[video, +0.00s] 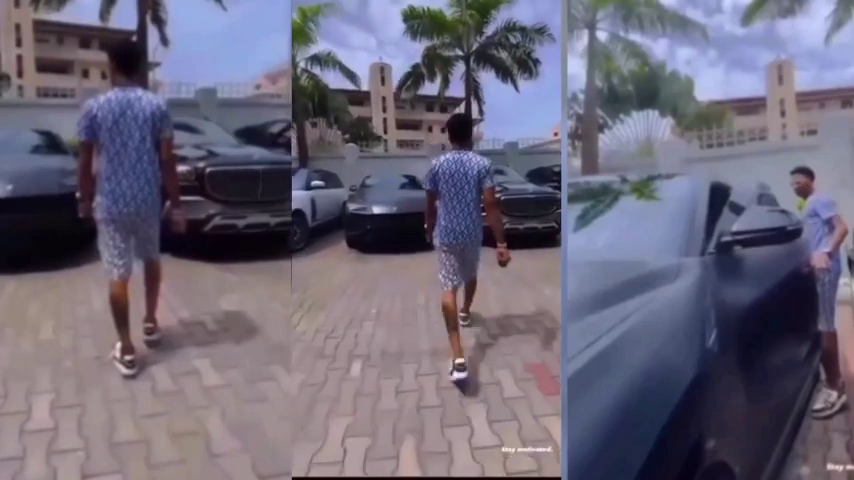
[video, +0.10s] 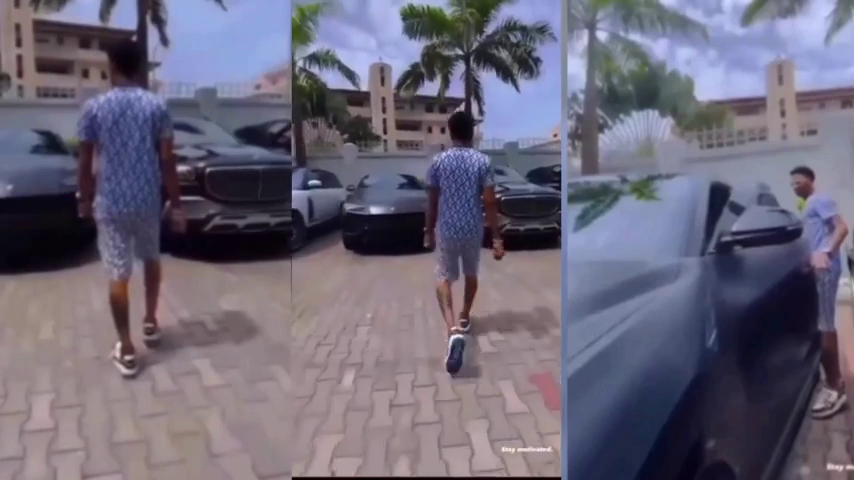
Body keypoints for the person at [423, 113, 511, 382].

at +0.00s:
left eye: (451, 132)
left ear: (449, 135)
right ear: (471, 135)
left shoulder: (438, 165)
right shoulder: (481, 164)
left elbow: (431, 203)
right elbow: (489, 204)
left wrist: (430, 228)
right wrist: (500, 243)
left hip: (444, 234)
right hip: (472, 233)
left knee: (449, 289)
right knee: (471, 275)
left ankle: (458, 357)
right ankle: (465, 311)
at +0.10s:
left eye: (452, 130)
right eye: (469, 130)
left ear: (450, 132)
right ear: (472, 133)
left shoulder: (439, 161)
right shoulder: (481, 161)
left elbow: (432, 200)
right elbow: (490, 201)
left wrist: (429, 230)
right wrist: (496, 236)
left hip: (447, 229)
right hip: (473, 229)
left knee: (444, 276)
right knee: (471, 273)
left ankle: (452, 327)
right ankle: (464, 317)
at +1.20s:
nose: (424, 138)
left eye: (424, 134)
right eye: (434, 133)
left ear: (424, 135)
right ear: (444, 135)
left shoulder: (412, 161)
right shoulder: (452, 163)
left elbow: (403, 198)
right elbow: (457, 199)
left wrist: (400, 226)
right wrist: (465, 231)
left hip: (418, 225)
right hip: (443, 225)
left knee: (420, 279)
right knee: (443, 266)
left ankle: (427, 339)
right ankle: (439, 304)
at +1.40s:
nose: (411, 132)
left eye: (411, 129)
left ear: (412, 130)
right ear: (431, 130)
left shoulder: (400, 156)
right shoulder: (440, 158)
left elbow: (393, 193)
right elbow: (446, 196)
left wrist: (392, 224)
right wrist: (448, 226)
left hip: (407, 222)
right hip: (433, 223)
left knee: (404, 266)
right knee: (432, 271)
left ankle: (411, 307)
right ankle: (426, 316)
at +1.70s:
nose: (382, 138)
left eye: (382, 134)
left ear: (383, 135)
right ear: (402, 135)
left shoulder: (375, 161)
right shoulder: (414, 160)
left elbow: (370, 199)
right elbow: (424, 193)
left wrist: (371, 230)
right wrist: (422, 217)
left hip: (386, 226)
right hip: (411, 226)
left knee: (387, 268)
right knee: (410, 277)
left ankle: (390, 300)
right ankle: (406, 334)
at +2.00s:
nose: (349, 133)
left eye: (345, 129)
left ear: (345, 130)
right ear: (366, 129)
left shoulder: (337, 156)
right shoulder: (378, 155)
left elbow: (335, 196)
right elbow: (389, 192)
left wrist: (334, 228)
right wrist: (394, 220)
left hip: (351, 224)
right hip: (378, 222)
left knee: (357, 271)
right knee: (387, 266)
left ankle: (365, 313)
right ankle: (384, 304)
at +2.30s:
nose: (330, 137)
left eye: (325, 132)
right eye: (339, 133)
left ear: (321, 133)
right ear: (343, 133)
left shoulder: (309, 157)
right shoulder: (352, 158)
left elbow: (300, 192)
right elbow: (360, 195)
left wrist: (301, 222)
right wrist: (369, 225)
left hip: (320, 223)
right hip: (348, 221)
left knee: (329, 275)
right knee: (354, 261)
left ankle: (339, 331)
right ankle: (356, 297)